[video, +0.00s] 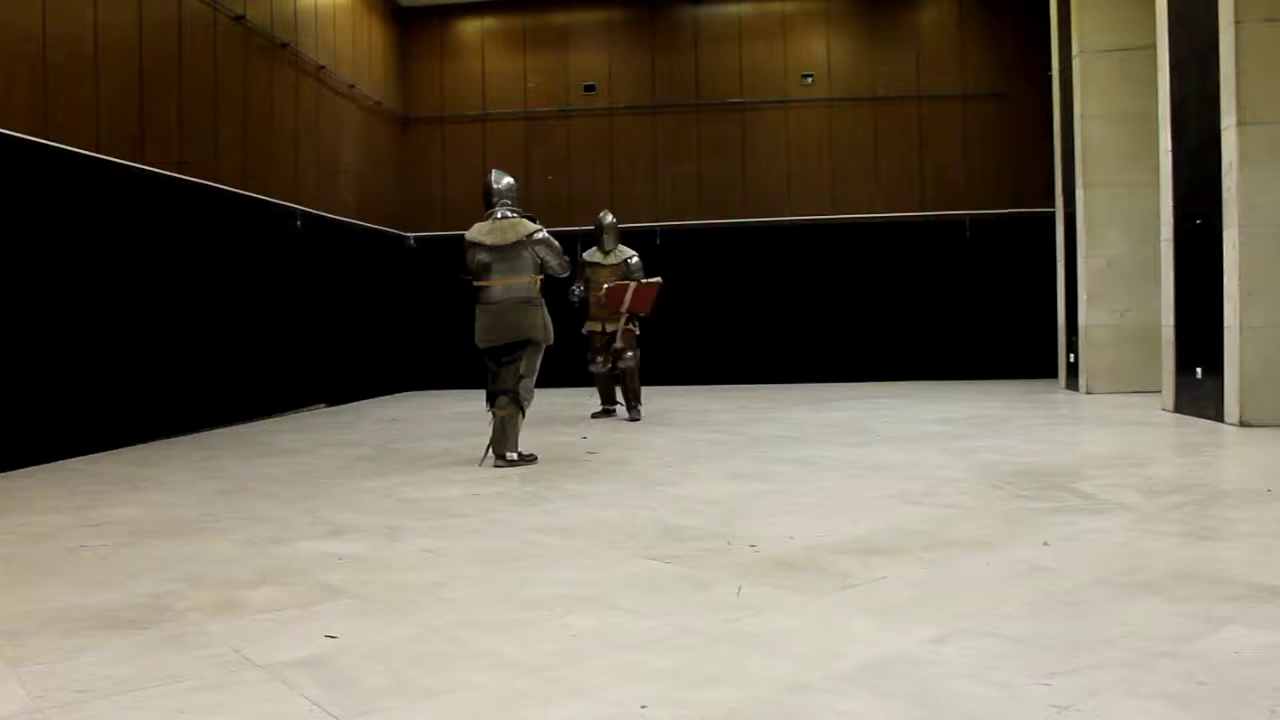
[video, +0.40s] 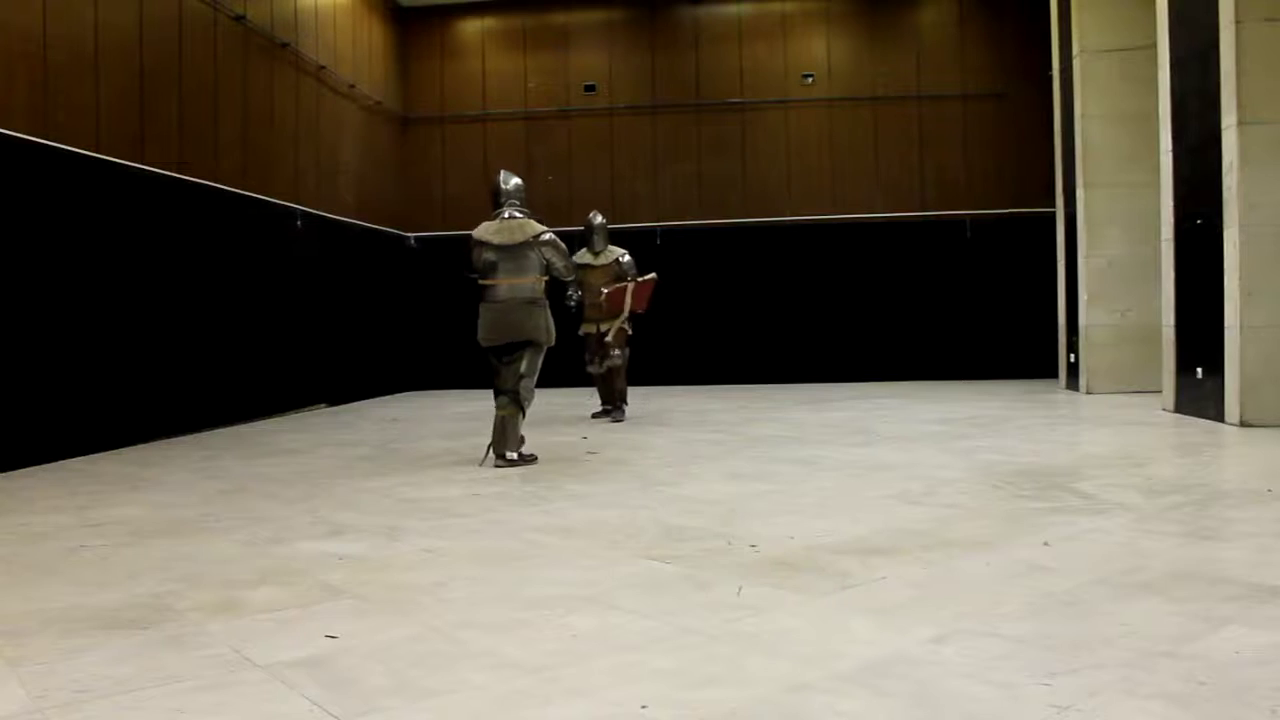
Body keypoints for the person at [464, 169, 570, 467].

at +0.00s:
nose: (515, 199)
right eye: (515, 194)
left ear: (488, 199)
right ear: (515, 197)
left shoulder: (475, 236)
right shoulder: (530, 232)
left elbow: (473, 270)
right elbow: (561, 268)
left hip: (490, 317)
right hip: (528, 315)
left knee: (501, 378)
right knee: (521, 381)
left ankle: (502, 446)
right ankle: (507, 450)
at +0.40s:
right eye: (522, 194)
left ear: (496, 199)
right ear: (523, 197)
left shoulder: (482, 235)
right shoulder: (538, 233)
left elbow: (479, 269)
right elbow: (565, 270)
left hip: (493, 316)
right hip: (531, 315)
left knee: (506, 381)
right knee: (520, 384)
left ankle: (509, 443)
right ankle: (505, 449)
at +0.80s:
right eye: (530, 201)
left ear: (505, 204)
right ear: (532, 203)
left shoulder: (490, 238)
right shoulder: (542, 237)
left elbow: (488, 272)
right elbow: (571, 270)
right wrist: (559, 292)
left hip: (502, 316)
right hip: (538, 315)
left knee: (512, 375)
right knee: (550, 375)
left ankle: (515, 440)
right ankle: (534, 432)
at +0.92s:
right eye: (538, 204)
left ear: (512, 206)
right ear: (539, 205)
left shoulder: (496, 238)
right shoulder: (546, 238)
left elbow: (496, 269)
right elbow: (576, 266)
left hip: (505, 318)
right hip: (541, 318)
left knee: (517, 372)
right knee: (559, 376)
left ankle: (515, 434)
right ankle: (554, 438)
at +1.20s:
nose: (546, 230)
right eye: (547, 226)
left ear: (522, 225)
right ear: (548, 228)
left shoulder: (503, 251)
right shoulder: (549, 261)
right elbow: (570, 298)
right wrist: (584, 275)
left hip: (497, 334)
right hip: (532, 335)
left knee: (520, 378)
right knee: (559, 380)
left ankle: (521, 431)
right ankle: (555, 434)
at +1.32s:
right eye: (549, 233)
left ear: (524, 231)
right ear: (549, 234)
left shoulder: (504, 257)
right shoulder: (554, 268)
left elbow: (499, 282)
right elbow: (567, 306)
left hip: (499, 338)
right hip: (535, 341)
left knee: (522, 376)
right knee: (558, 377)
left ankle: (521, 430)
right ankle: (553, 430)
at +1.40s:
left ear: (523, 228)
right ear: (549, 229)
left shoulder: (505, 255)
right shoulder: (558, 266)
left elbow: (498, 286)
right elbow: (568, 301)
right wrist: (550, 312)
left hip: (504, 333)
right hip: (541, 335)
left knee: (519, 375)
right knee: (557, 373)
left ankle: (521, 429)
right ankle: (552, 429)